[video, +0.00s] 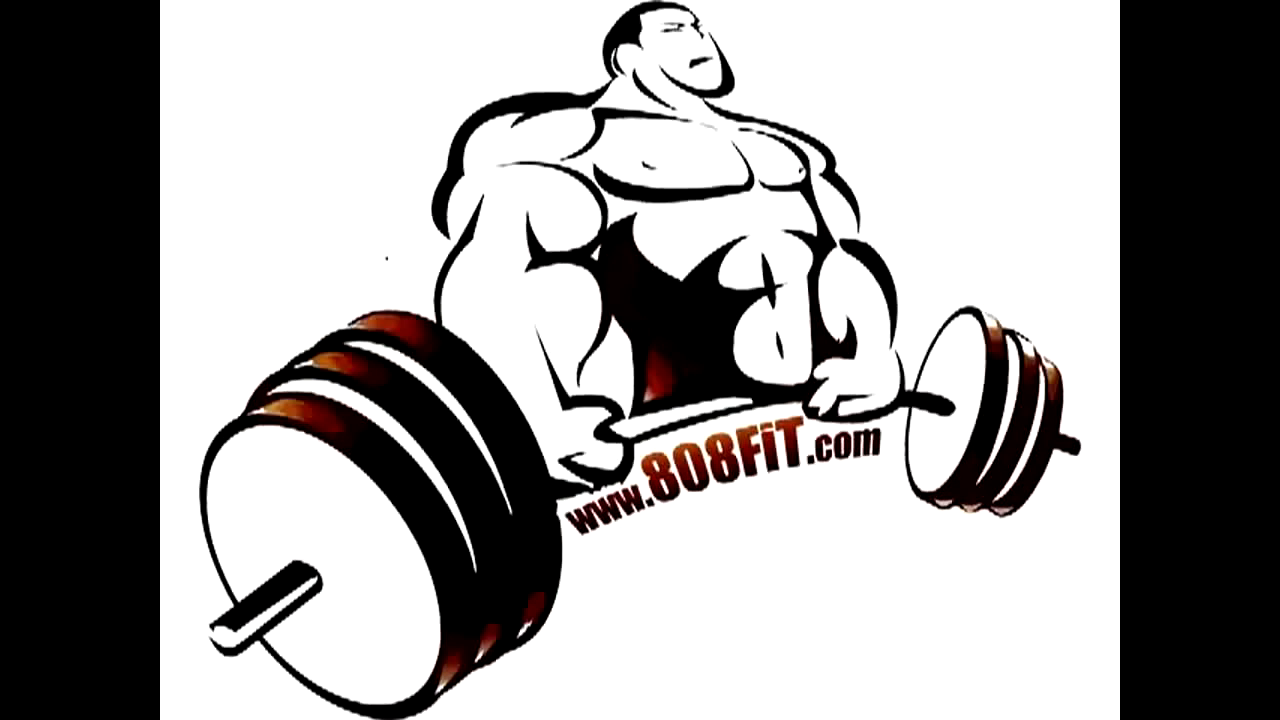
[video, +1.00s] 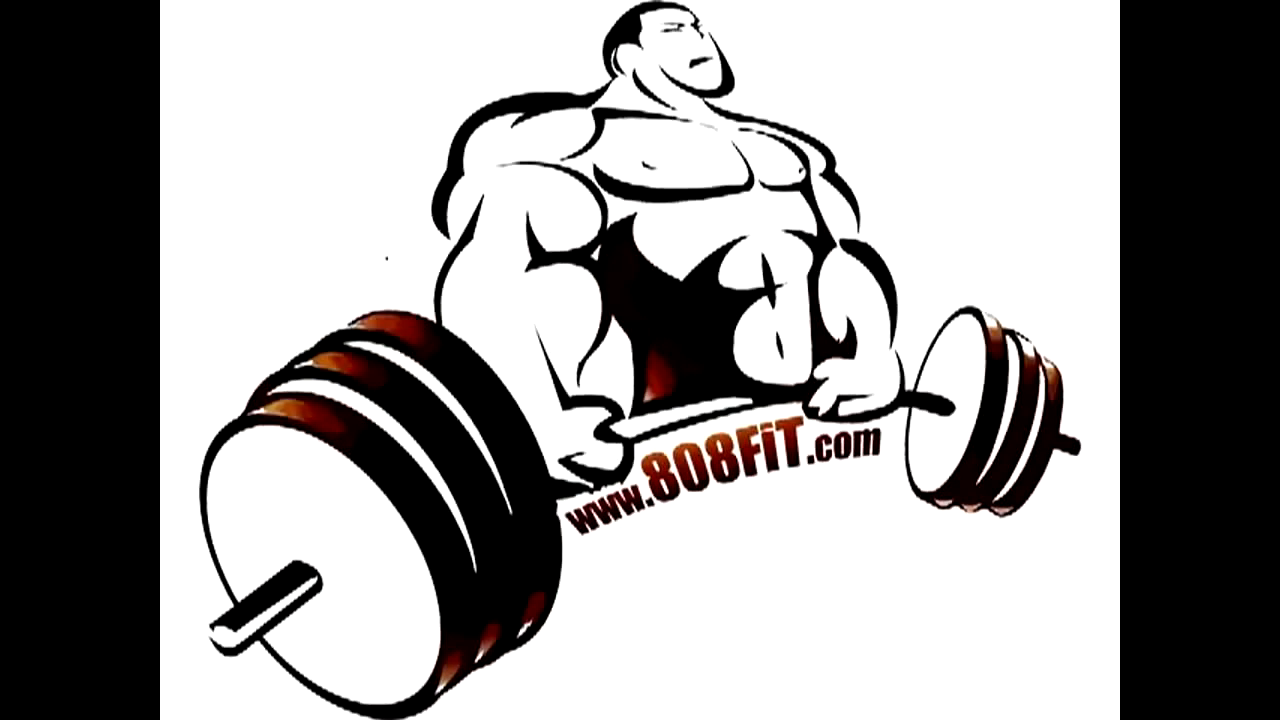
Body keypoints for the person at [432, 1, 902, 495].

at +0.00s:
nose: (702, 40)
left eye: (701, 28)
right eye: (676, 30)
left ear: (713, 45)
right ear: (629, 59)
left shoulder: (775, 145)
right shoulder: (594, 126)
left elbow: (850, 249)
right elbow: (487, 155)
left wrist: (878, 358)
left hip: (747, 330)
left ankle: (870, 369)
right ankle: (577, 429)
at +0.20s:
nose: (702, 40)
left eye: (701, 28)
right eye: (676, 30)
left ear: (713, 45)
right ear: (629, 59)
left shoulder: (775, 145)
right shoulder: (594, 126)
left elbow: (850, 249)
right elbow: (487, 155)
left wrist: (878, 358)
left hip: (747, 330)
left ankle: (870, 369)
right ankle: (577, 429)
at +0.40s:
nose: (702, 40)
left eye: (701, 28)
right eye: (675, 30)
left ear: (713, 45)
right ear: (628, 59)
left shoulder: (776, 145)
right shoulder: (593, 126)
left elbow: (850, 250)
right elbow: (487, 155)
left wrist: (878, 358)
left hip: (747, 331)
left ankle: (870, 369)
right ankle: (576, 429)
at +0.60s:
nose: (702, 40)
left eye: (701, 28)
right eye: (675, 30)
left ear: (713, 45)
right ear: (628, 59)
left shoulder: (776, 145)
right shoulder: (593, 126)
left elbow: (850, 250)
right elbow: (487, 156)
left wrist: (878, 358)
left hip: (747, 331)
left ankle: (870, 369)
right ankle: (577, 429)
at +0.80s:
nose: (702, 40)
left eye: (701, 28)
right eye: (675, 30)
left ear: (713, 45)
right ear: (628, 59)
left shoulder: (776, 145)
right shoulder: (593, 127)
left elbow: (850, 250)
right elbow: (487, 155)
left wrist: (878, 358)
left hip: (747, 331)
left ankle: (870, 369)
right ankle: (577, 429)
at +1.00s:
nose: (702, 40)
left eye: (701, 28)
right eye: (675, 30)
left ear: (713, 45)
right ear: (628, 59)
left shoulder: (776, 145)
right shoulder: (593, 127)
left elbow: (850, 250)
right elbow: (487, 155)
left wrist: (878, 358)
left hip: (747, 331)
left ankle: (870, 369)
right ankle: (577, 429)